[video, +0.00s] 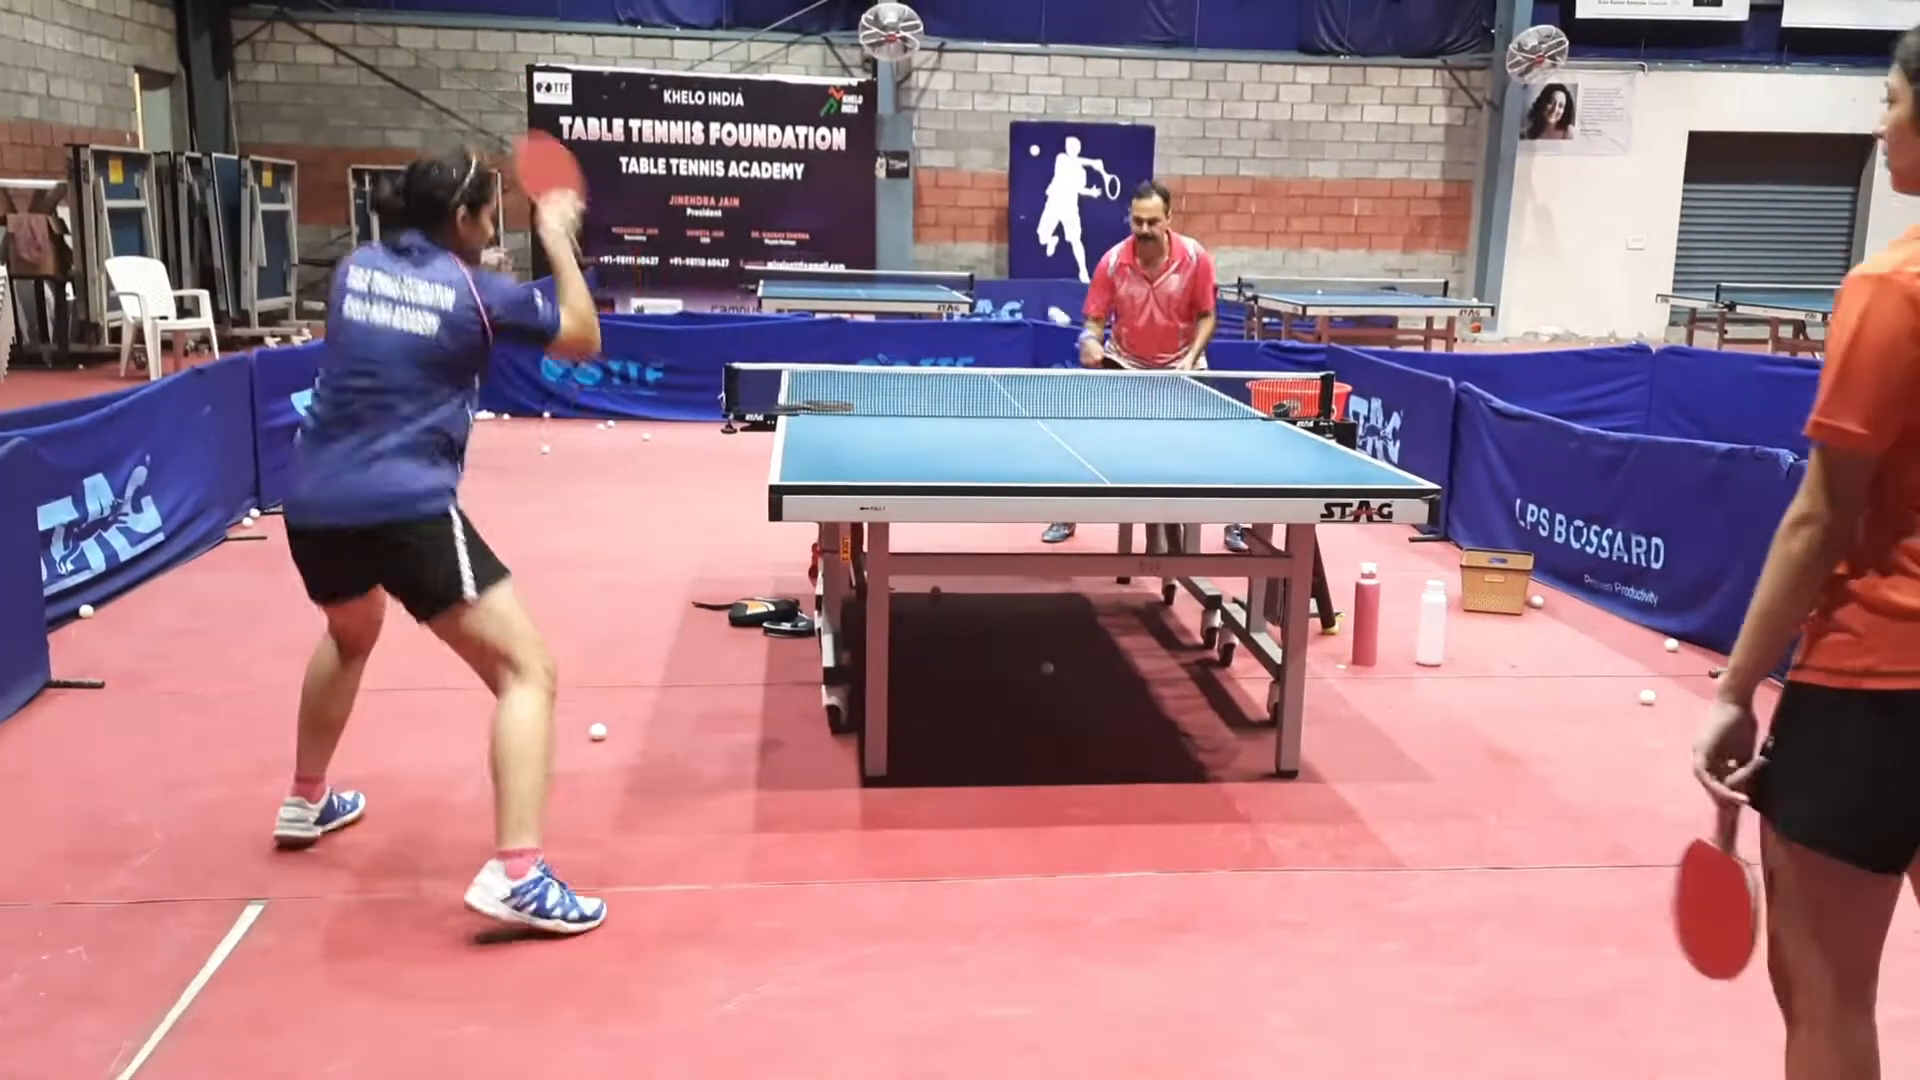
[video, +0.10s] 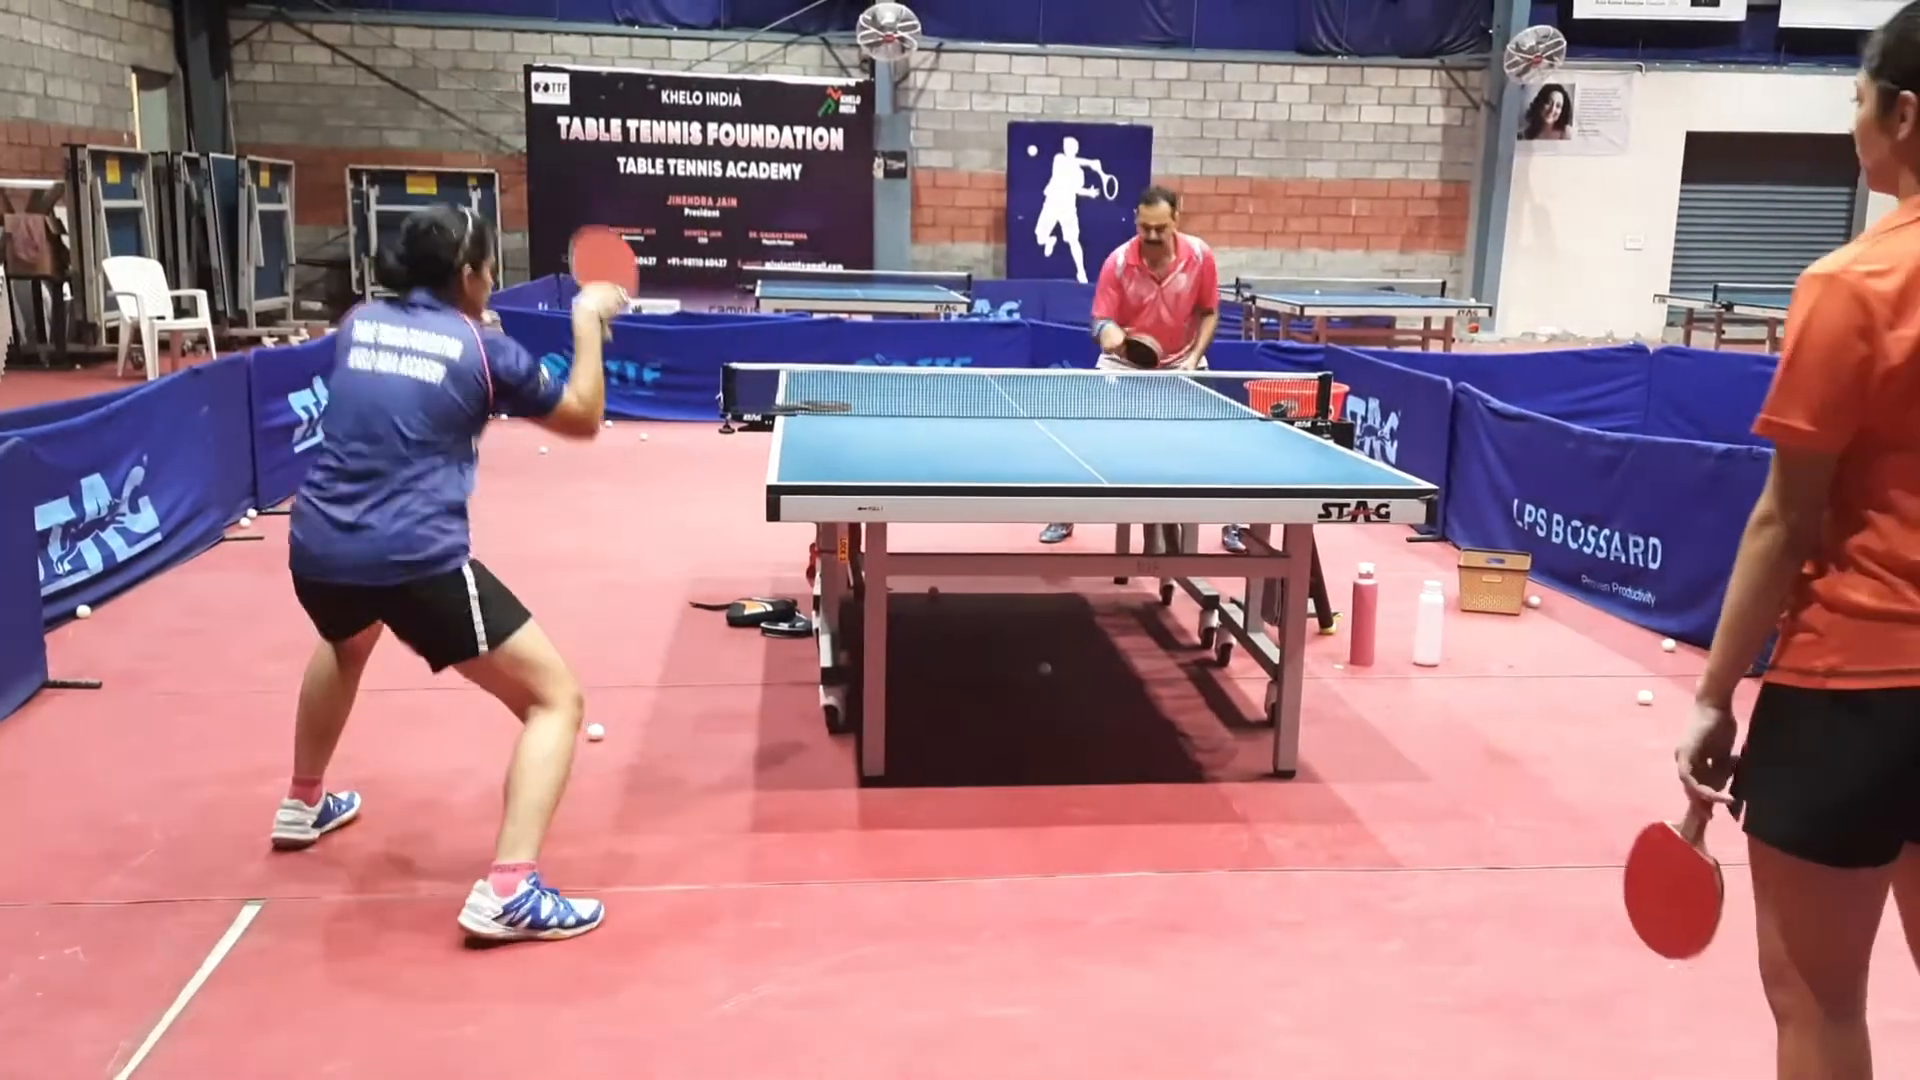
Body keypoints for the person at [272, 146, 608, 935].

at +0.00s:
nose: (492, 224)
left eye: (491, 210)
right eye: (488, 212)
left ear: (409, 213)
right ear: (462, 219)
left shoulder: (354, 268)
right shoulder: (477, 292)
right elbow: (582, 334)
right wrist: (555, 235)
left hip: (313, 504)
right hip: (408, 507)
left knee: (348, 636)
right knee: (524, 674)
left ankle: (303, 801)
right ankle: (518, 869)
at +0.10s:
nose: (489, 277)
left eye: (487, 264)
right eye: (485, 266)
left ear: (406, 270)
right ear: (465, 273)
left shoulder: (356, 323)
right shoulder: (482, 348)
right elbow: (582, 417)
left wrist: (463, 332)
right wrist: (590, 318)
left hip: (320, 557)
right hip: (419, 563)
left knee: (348, 638)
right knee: (556, 699)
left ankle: (301, 804)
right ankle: (511, 885)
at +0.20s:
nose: (501, 283)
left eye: (499, 269)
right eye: (498, 272)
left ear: (424, 275)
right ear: (480, 279)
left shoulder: (369, 329)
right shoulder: (491, 354)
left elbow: (416, 385)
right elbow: (584, 445)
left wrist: (490, 351)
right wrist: (612, 358)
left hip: (318, 549)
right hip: (416, 556)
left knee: (348, 641)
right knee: (548, 699)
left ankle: (299, 803)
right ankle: (507, 885)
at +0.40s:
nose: (566, 224)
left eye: (565, 210)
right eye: (561, 211)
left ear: (499, 211)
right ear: (530, 219)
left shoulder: (453, 251)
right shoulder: (507, 305)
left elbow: (488, 371)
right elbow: (509, 439)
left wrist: (584, 390)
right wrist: (606, 453)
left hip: (324, 462)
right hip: (385, 480)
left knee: (381, 618)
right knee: (508, 652)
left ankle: (303, 767)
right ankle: (495, 861)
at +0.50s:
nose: (593, 254)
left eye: (591, 240)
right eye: (587, 241)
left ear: (539, 243)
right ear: (556, 250)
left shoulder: (511, 294)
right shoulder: (496, 327)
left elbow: (530, 401)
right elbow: (450, 464)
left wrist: (598, 470)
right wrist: (549, 516)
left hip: (359, 482)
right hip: (379, 499)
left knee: (398, 636)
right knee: (501, 665)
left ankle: (313, 764)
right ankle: (479, 869)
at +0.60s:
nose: (607, 314)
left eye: (606, 301)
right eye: (600, 301)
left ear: (551, 305)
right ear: (565, 308)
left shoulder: (559, 372)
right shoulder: (472, 374)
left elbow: (566, 463)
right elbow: (402, 498)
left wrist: (597, 564)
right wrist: (487, 577)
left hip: (412, 524)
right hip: (370, 531)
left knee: (417, 666)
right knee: (508, 678)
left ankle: (302, 775)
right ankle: (477, 872)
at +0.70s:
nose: (615, 351)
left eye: (614, 337)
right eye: (609, 338)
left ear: (567, 346)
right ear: (573, 349)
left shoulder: (576, 400)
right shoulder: (464, 410)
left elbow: (577, 502)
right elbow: (386, 518)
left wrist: (588, 599)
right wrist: (444, 617)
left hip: (426, 536)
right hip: (377, 539)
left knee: (424, 685)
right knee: (521, 676)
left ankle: (298, 778)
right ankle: (474, 876)